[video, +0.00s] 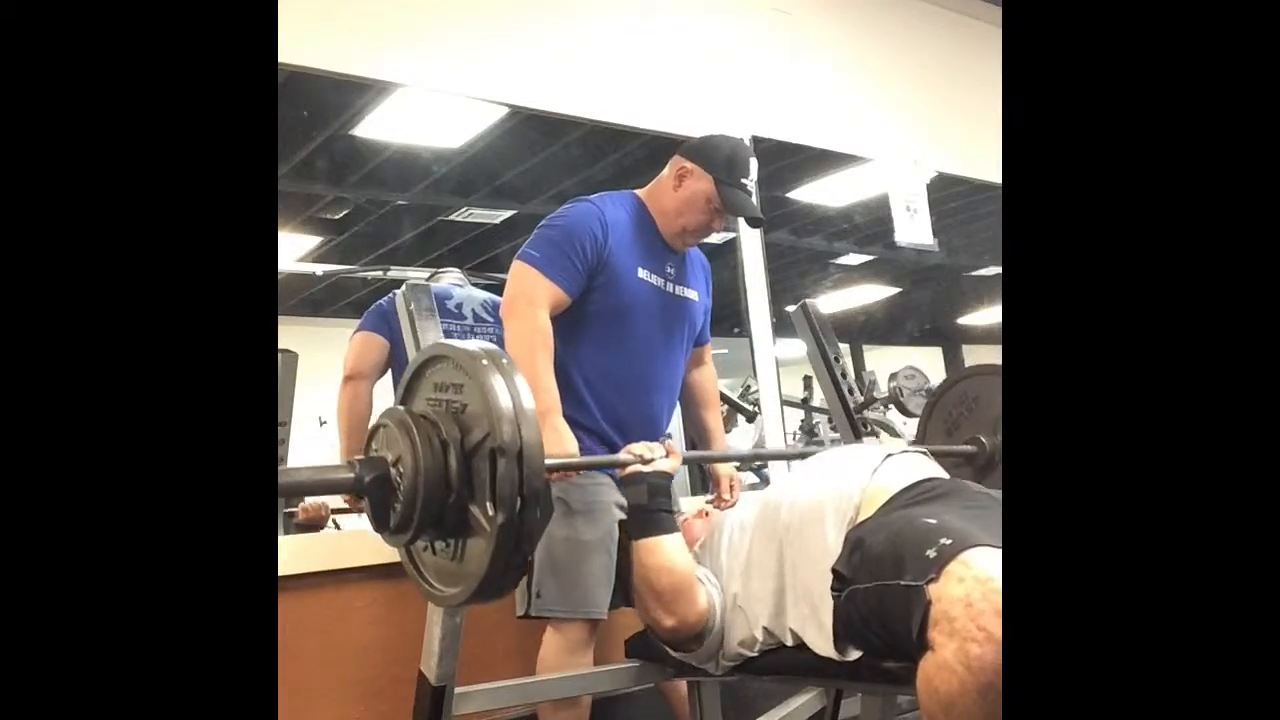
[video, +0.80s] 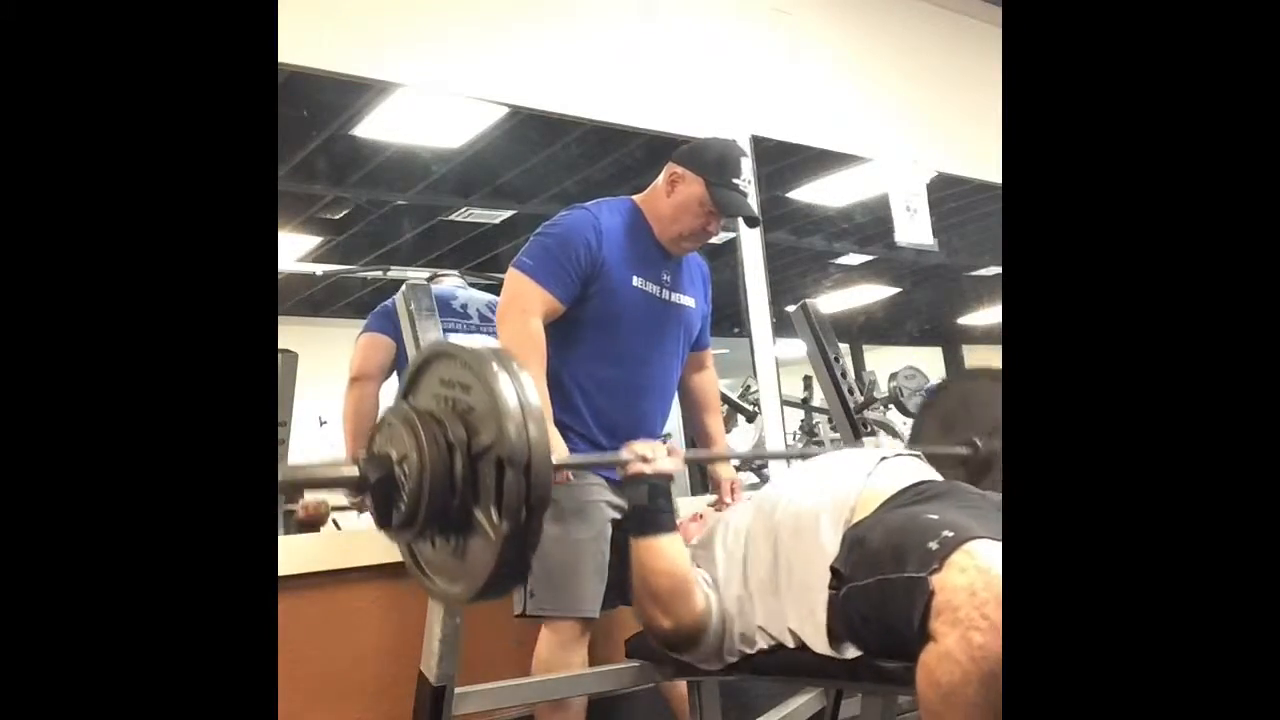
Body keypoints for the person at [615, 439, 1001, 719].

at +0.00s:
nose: (693, 507)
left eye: (690, 502)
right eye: (680, 517)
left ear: (706, 500)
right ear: (674, 548)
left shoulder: (760, 508)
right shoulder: (707, 593)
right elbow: (671, 616)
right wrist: (650, 493)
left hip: (951, 488)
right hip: (877, 528)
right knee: (985, 601)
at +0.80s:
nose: (693, 514)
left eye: (694, 508)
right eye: (681, 525)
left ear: (714, 504)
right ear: (675, 549)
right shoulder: (713, 612)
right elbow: (671, 619)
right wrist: (649, 497)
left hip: (933, 486)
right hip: (873, 527)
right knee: (986, 593)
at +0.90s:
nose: (683, 517)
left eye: (679, 510)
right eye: (666, 528)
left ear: (693, 506)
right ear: (655, 567)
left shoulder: (759, 500)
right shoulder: (697, 612)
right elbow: (663, 593)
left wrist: (886, 448)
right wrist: (643, 470)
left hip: (949, 492)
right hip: (871, 530)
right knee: (982, 588)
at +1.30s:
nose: (695, 506)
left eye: (692, 502)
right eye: (679, 516)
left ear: (710, 498)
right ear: (671, 543)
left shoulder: (767, 499)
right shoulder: (699, 599)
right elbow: (665, 612)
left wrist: (886, 442)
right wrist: (648, 487)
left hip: (952, 493)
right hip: (873, 533)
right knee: (980, 600)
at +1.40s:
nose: (699, 503)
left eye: (697, 497)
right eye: (685, 508)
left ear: (714, 499)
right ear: (672, 541)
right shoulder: (698, 584)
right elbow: (677, 636)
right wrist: (657, 514)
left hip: (942, 488)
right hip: (871, 529)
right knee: (983, 604)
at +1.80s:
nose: (695, 508)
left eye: (699, 501)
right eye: (681, 510)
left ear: (713, 506)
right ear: (672, 541)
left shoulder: (757, 512)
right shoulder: (694, 580)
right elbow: (682, 629)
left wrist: (762, 486)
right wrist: (654, 506)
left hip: (949, 492)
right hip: (871, 534)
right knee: (985, 595)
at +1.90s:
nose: (687, 511)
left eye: (684, 507)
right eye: (673, 517)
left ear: (695, 512)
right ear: (665, 538)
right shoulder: (702, 602)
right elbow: (666, 597)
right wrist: (646, 475)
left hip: (956, 494)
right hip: (876, 528)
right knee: (980, 592)